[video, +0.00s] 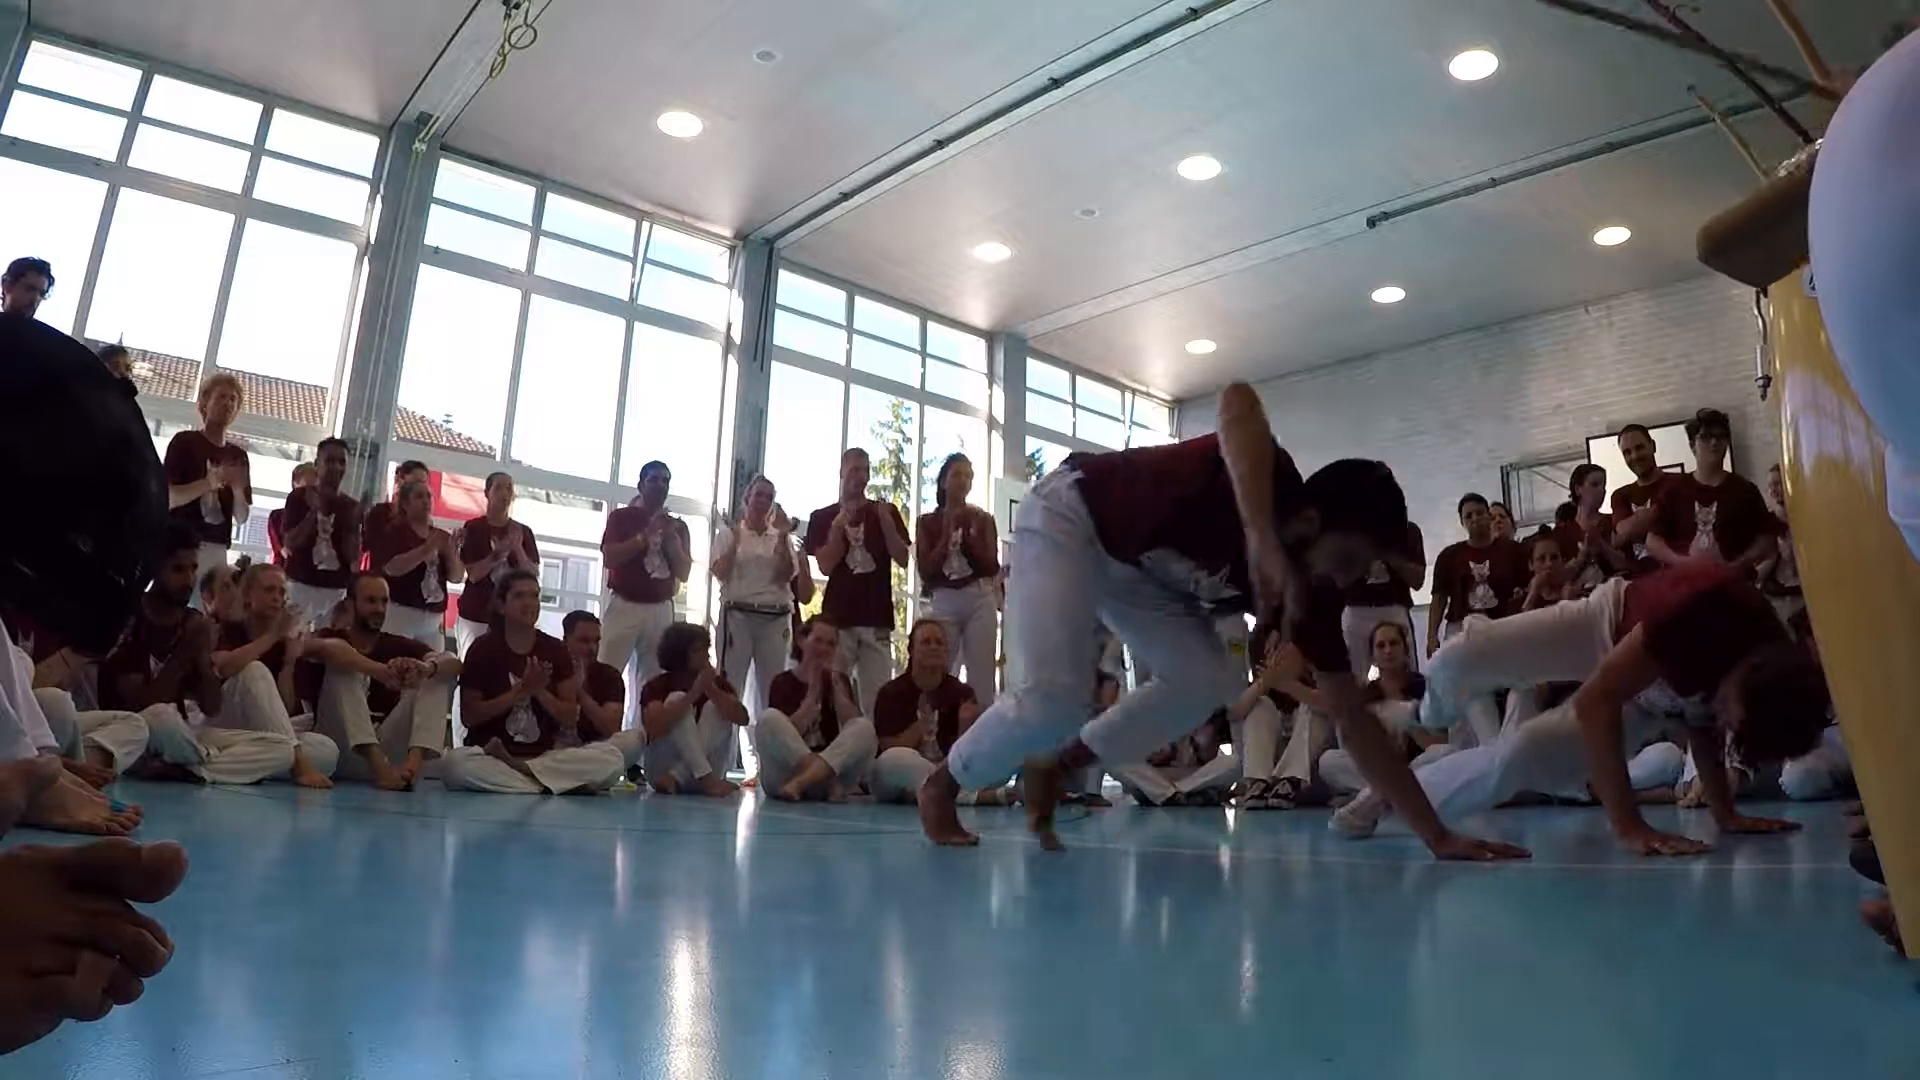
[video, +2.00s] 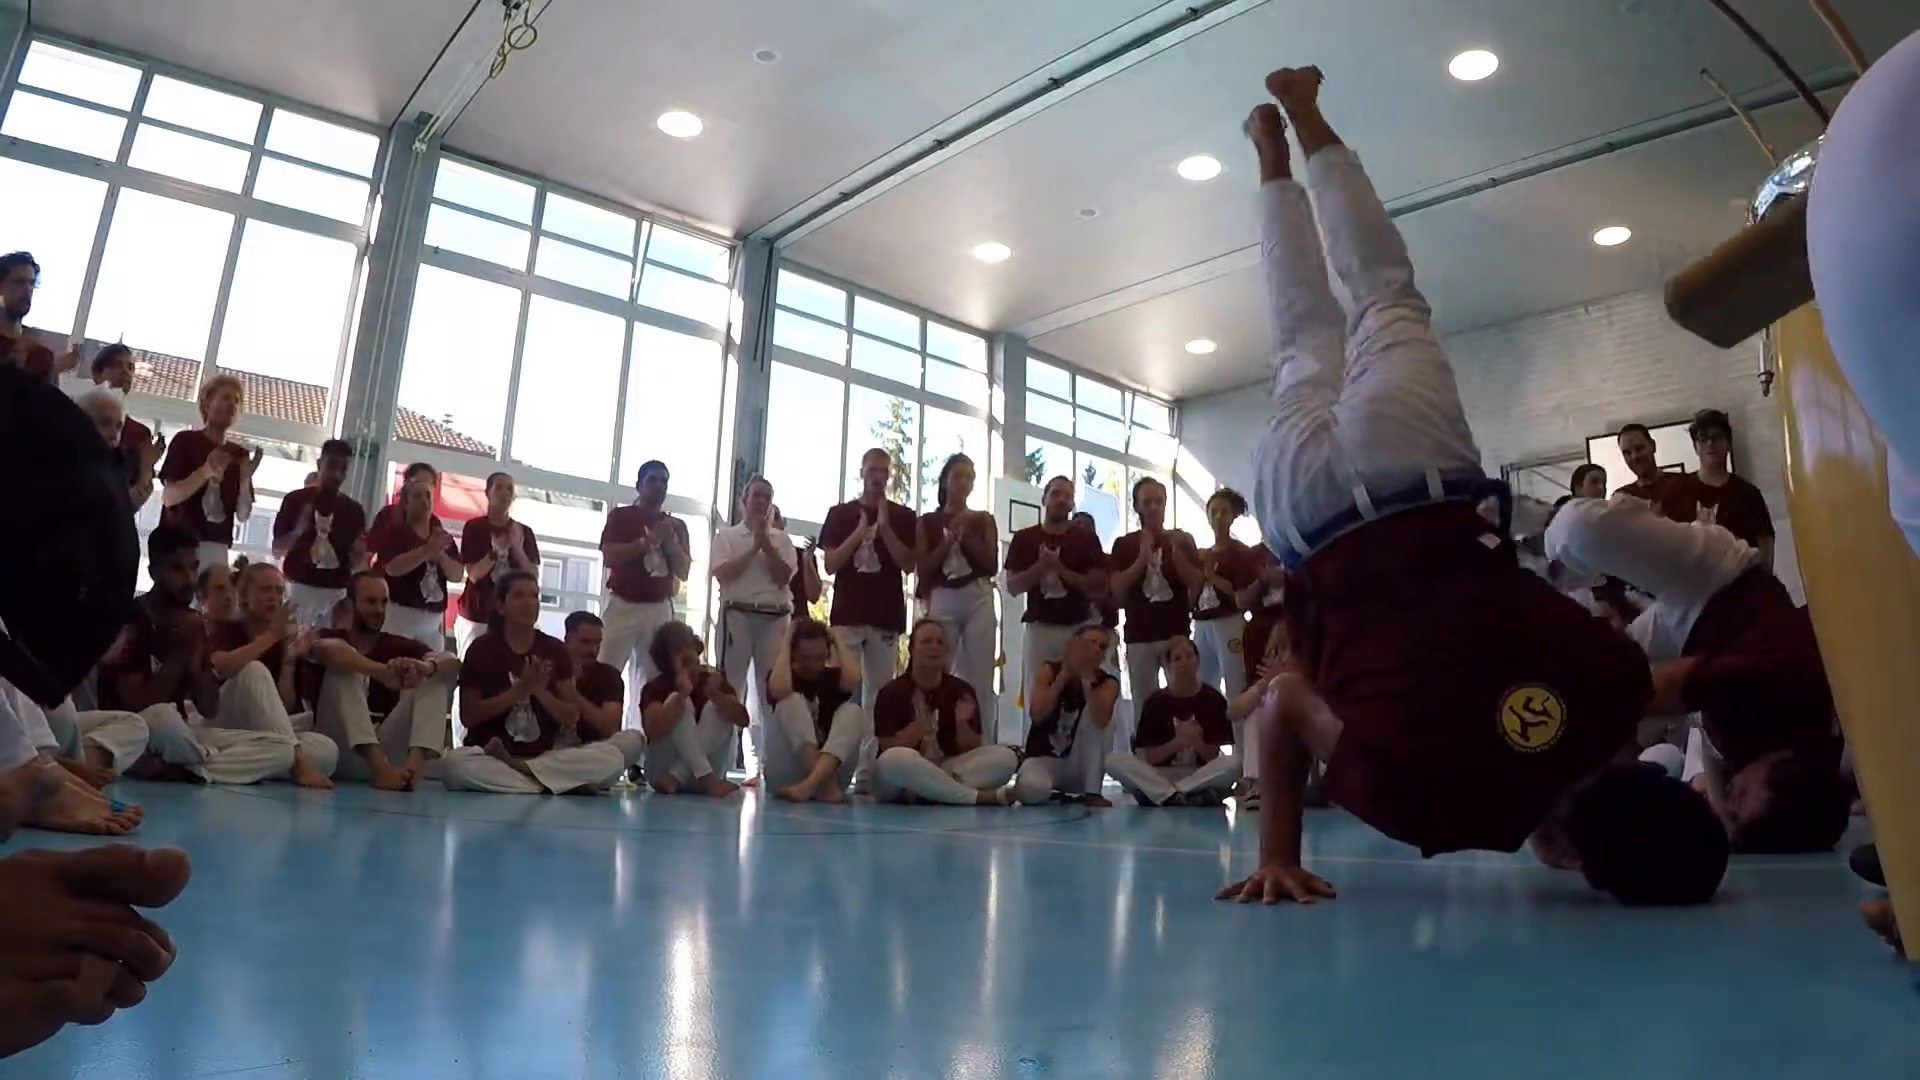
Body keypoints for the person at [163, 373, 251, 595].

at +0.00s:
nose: (227, 403)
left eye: (232, 399)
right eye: (221, 396)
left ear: (237, 409)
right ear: (202, 403)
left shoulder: (237, 455)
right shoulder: (183, 442)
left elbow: (241, 517)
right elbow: (167, 499)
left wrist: (236, 486)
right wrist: (208, 483)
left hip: (216, 549)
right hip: (180, 545)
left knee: (208, 620)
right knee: (170, 616)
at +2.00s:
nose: (232, 405)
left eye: (236, 400)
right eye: (225, 398)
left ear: (239, 409)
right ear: (206, 402)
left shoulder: (238, 454)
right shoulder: (184, 441)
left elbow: (243, 515)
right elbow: (169, 497)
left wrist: (245, 478)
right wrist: (207, 470)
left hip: (216, 547)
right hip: (179, 543)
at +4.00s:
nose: (238, 407)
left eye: (242, 402)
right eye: (231, 399)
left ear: (245, 409)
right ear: (210, 403)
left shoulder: (241, 456)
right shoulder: (188, 441)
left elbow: (242, 517)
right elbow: (172, 499)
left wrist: (230, 494)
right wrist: (211, 485)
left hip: (217, 548)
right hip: (179, 544)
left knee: (205, 618)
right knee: (171, 612)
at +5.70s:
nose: (234, 405)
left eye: (238, 401)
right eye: (228, 397)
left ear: (241, 408)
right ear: (208, 402)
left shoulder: (239, 453)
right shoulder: (186, 441)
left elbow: (247, 513)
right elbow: (174, 495)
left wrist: (237, 479)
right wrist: (216, 473)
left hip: (219, 546)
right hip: (183, 542)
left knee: (214, 618)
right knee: (176, 614)